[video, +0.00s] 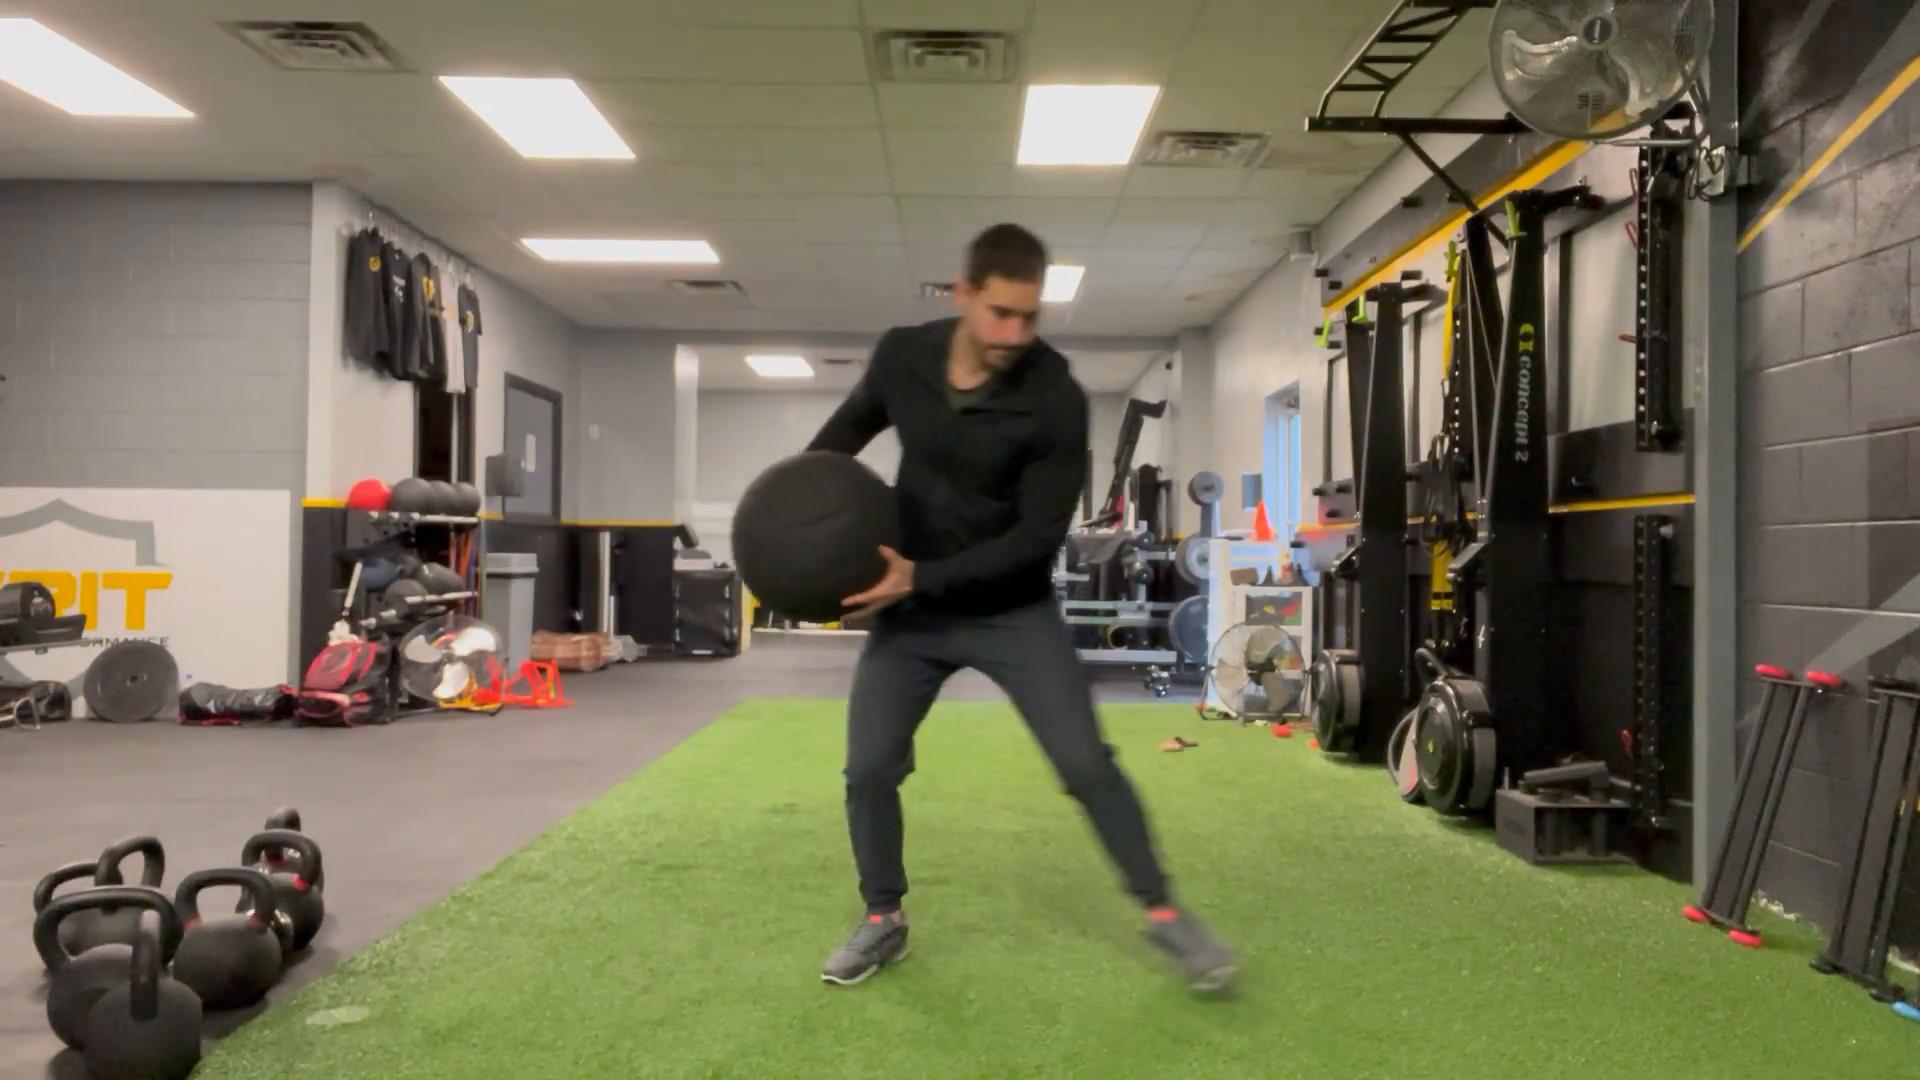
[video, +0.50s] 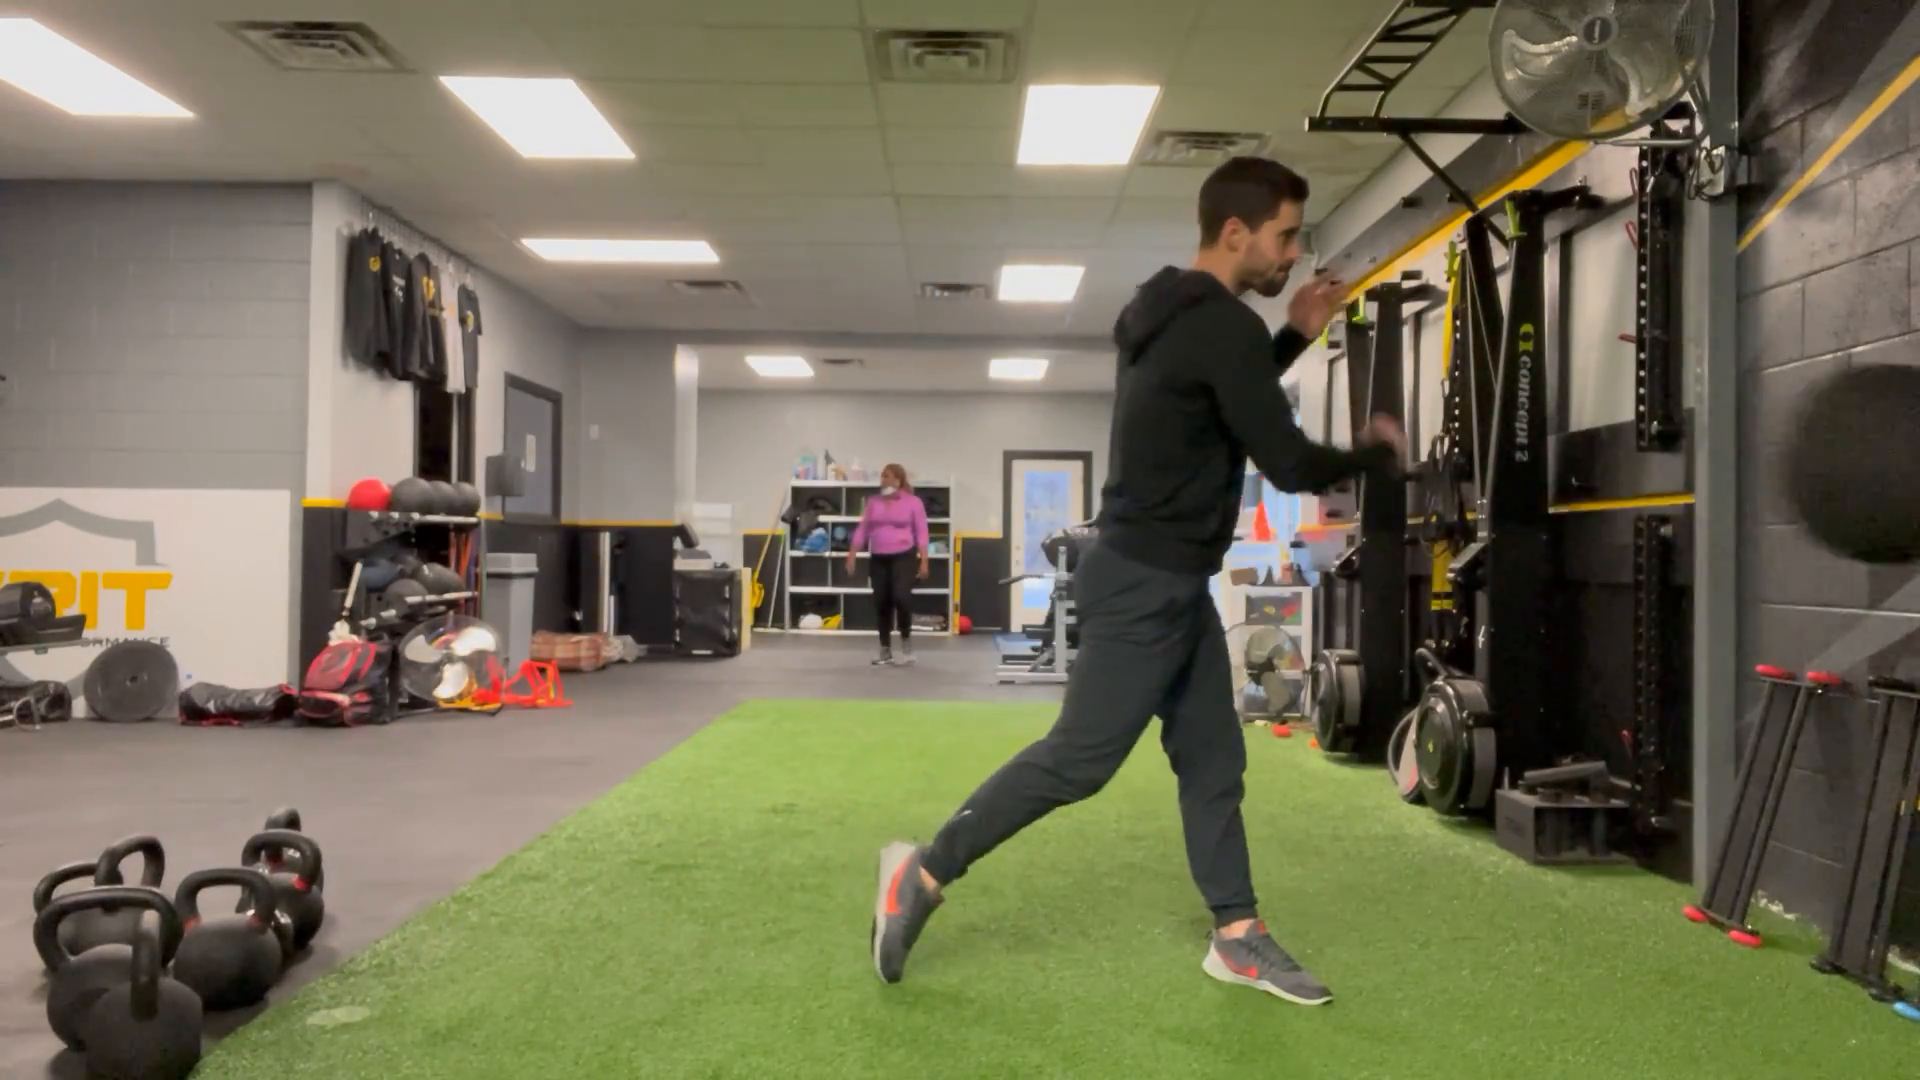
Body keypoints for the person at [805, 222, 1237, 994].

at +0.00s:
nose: (1015, 332)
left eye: (1028, 316)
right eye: (1000, 313)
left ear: (1041, 308)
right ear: (961, 294)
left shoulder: (1057, 400)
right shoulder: (903, 356)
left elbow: (1037, 542)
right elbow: (840, 441)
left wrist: (920, 577)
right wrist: (793, 515)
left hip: (1018, 613)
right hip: (913, 611)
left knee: (1084, 763)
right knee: (869, 764)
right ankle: (883, 917)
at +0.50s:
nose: (1295, 252)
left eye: (1297, 237)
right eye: (1287, 236)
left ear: (1227, 235)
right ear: (1236, 233)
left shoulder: (1179, 307)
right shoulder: (1223, 326)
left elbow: (1223, 414)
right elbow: (1288, 463)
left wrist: (1294, 336)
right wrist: (1371, 452)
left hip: (1168, 577)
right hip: (1143, 575)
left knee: (1211, 759)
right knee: (1079, 758)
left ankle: (1237, 931)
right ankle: (922, 872)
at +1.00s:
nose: (1203, 248)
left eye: (1207, 232)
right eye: (1188, 231)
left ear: (1173, 235)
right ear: (1133, 231)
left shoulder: (1199, 330)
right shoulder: (1074, 330)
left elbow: (1212, 436)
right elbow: (1052, 454)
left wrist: (1267, 471)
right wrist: (1064, 537)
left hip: (1183, 585)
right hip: (1092, 590)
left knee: (1235, 746)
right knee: (1021, 745)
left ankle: (1242, 932)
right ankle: (907, 880)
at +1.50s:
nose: (915, 271)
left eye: (930, 253)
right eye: (901, 254)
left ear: (959, 247)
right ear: (884, 250)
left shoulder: (1014, 338)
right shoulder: (853, 351)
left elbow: (1058, 447)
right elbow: (843, 460)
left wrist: (1018, 466)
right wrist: (838, 488)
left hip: (1002, 585)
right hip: (900, 593)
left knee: (1079, 747)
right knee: (892, 774)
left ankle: (1149, 910)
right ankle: (912, 914)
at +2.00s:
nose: (768, 270)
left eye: (785, 252)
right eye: (757, 252)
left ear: (826, 239)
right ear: (747, 244)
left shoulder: (887, 328)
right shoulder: (734, 330)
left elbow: (939, 438)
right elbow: (719, 434)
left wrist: (901, 467)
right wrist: (712, 467)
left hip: (852, 575)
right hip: (774, 572)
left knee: (769, 738)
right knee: (835, 749)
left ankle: (719, 934)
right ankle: (911, 906)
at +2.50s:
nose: (615, 253)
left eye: (632, 235)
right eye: (601, 235)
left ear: (671, 216)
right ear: (587, 222)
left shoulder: (727, 306)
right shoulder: (570, 306)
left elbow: (762, 437)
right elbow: (548, 419)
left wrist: (673, 458)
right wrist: (514, 467)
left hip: (685, 573)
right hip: (581, 569)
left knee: (681, 751)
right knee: (513, 738)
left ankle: (705, 940)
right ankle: (469, 886)